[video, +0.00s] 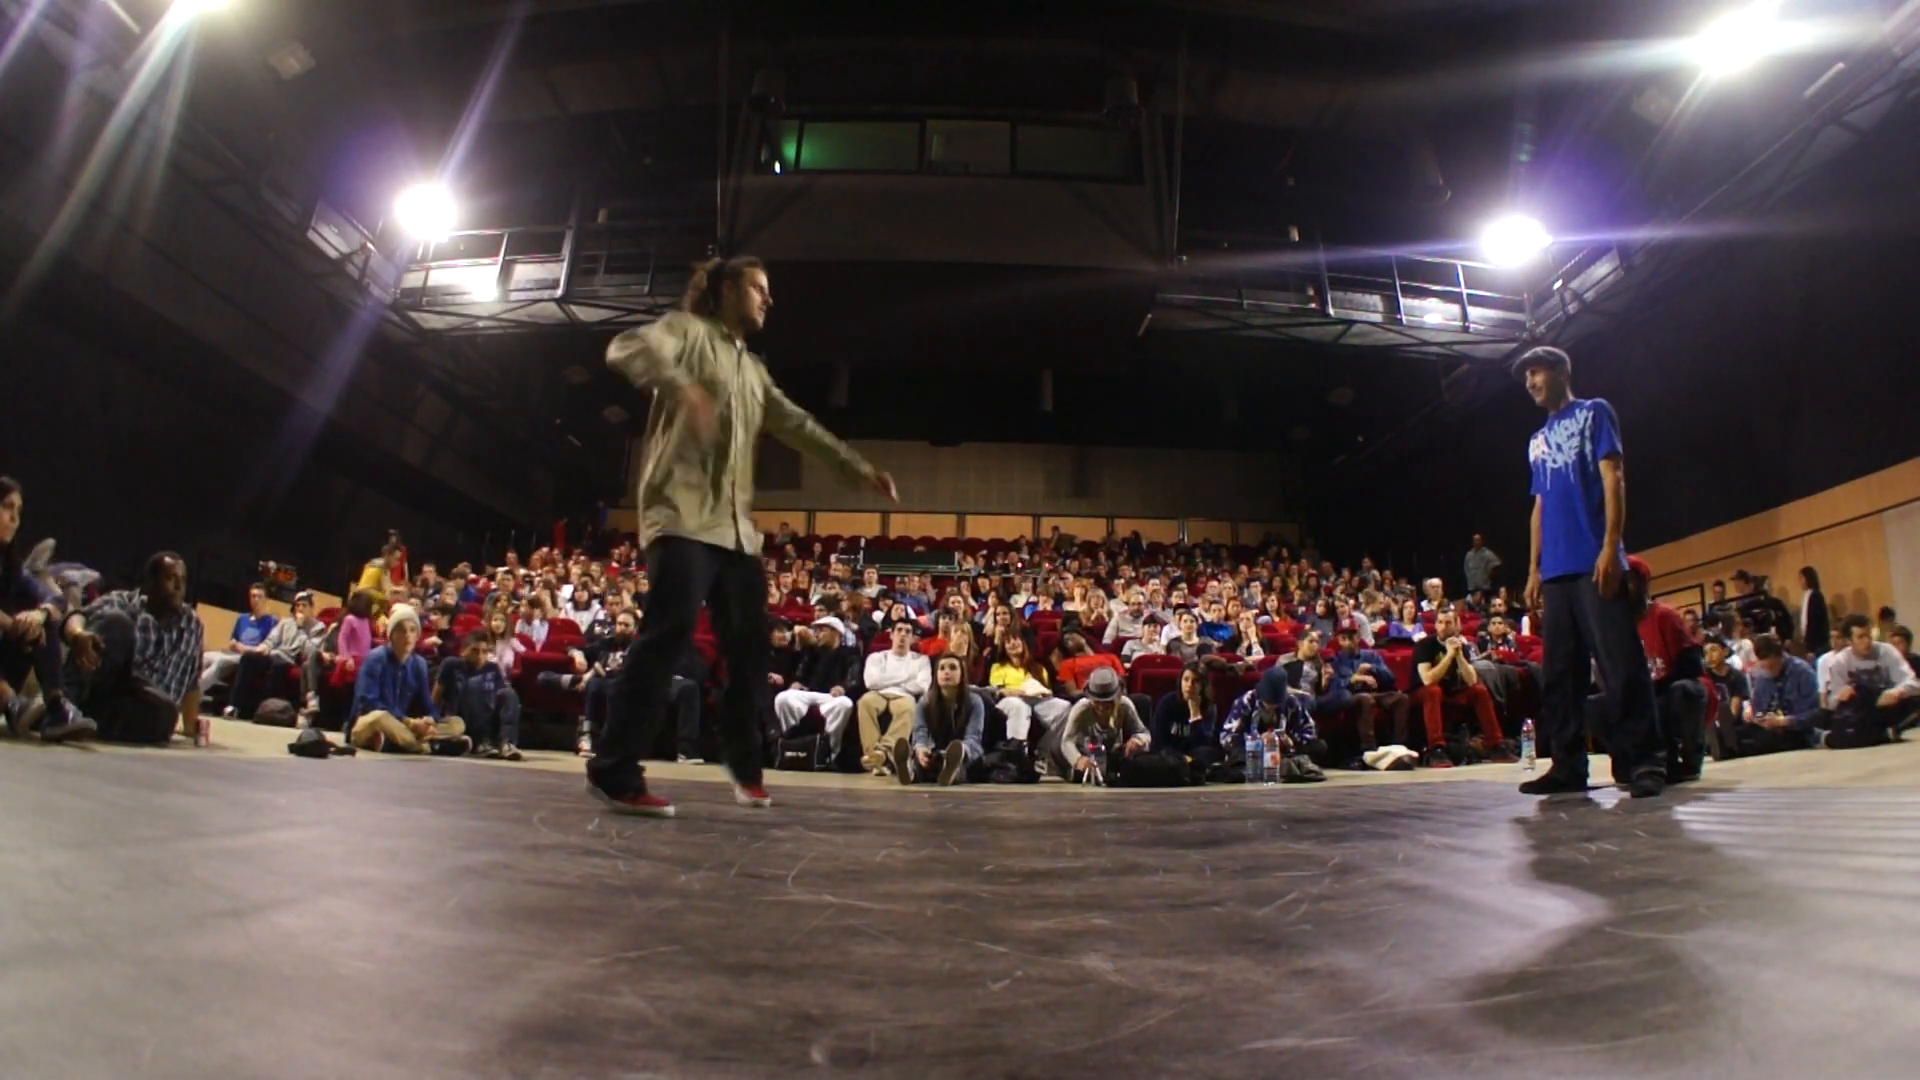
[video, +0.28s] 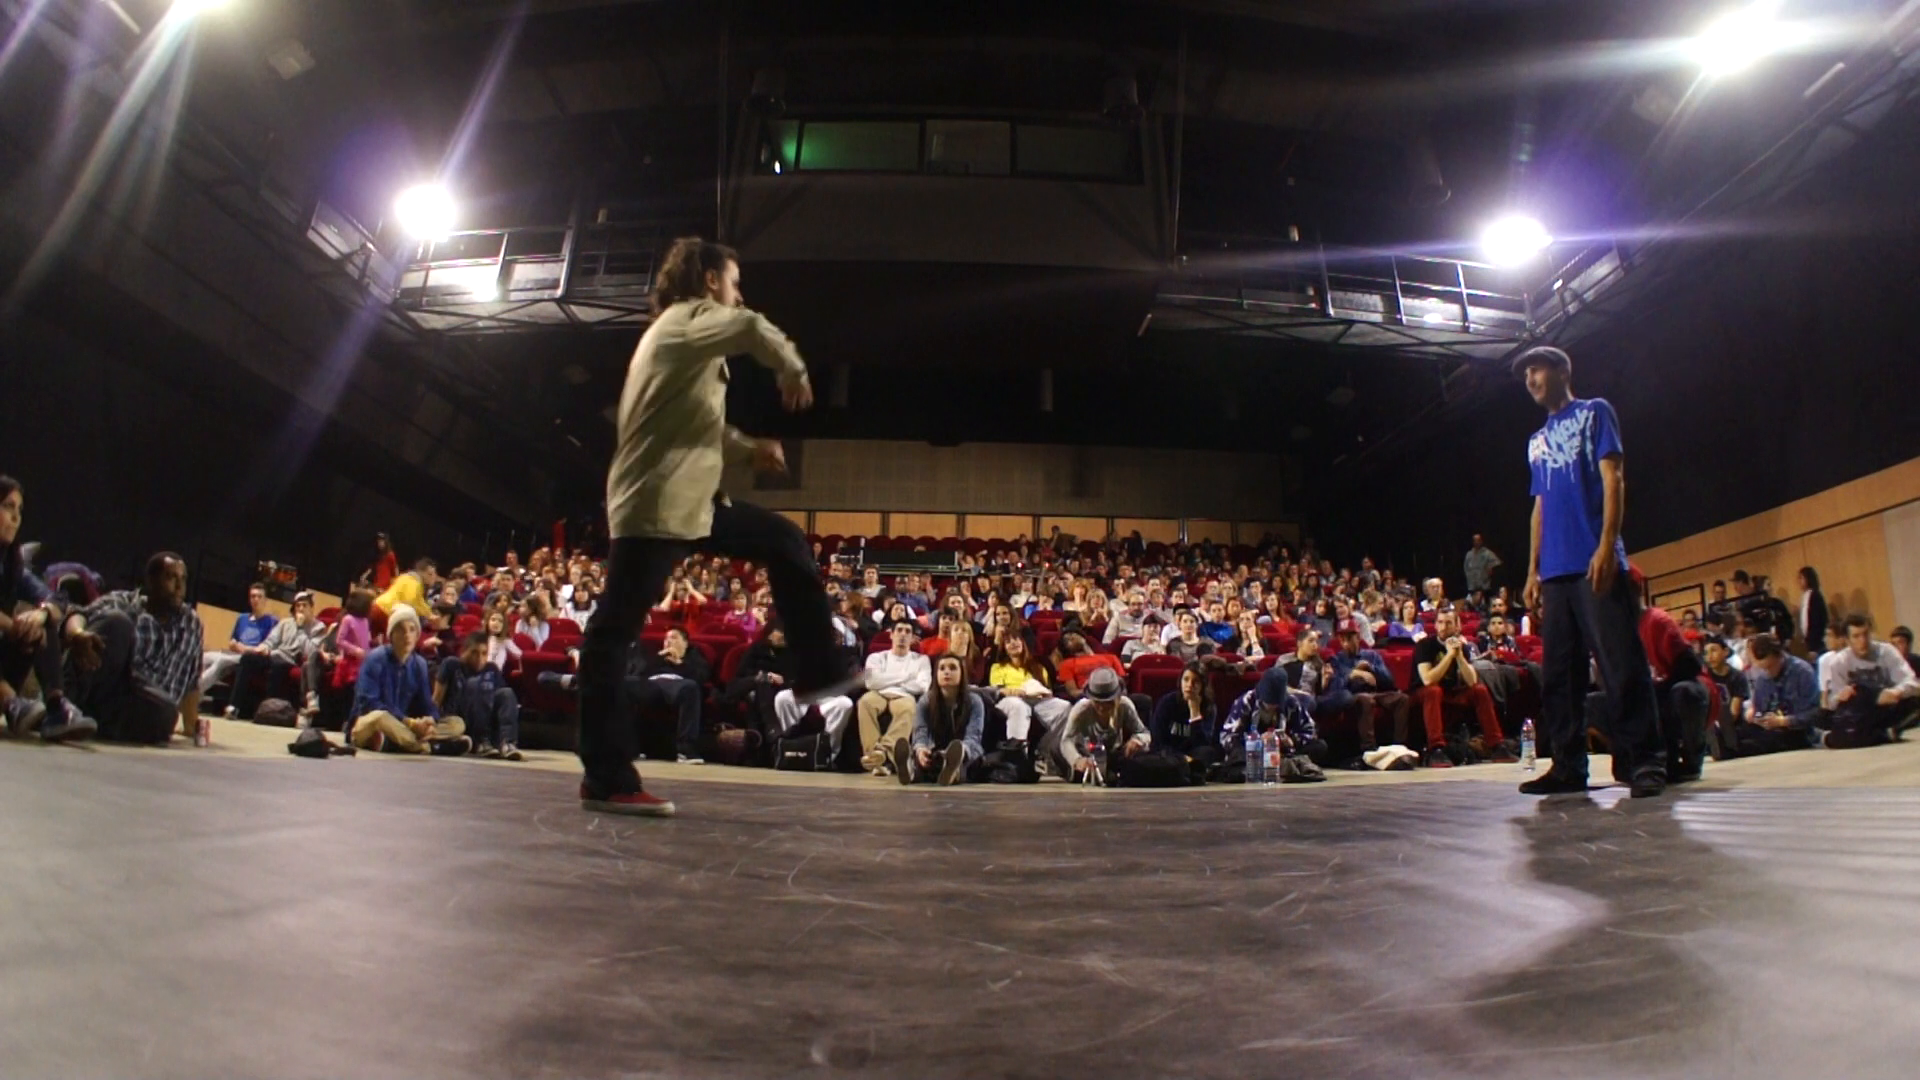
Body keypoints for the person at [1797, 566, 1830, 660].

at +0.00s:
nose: (1799, 581)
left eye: (1801, 578)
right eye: (1800, 578)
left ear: (1807, 578)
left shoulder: (1815, 596)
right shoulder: (1806, 595)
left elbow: (1814, 622)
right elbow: (1806, 618)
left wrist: (1810, 646)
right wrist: (1803, 639)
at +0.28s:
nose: (1799, 581)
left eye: (1801, 578)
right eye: (1799, 578)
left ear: (1808, 579)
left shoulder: (1815, 596)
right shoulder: (1805, 595)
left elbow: (1817, 621)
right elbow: (1805, 617)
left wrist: (1813, 645)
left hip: (1813, 641)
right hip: (1805, 640)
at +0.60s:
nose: (1800, 581)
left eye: (1802, 578)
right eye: (1800, 578)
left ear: (1808, 579)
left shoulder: (1816, 596)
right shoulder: (1804, 595)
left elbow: (1819, 620)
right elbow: (1803, 616)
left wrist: (1814, 641)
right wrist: (1801, 635)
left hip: (1813, 640)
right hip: (1804, 639)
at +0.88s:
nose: (1801, 582)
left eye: (1803, 579)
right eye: (1801, 579)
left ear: (1810, 579)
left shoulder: (1817, 597)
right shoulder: (1805, 596)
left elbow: (1820, 619)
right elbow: (1804, 615)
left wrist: (1815, 641)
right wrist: (1802, 634)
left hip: (1814, 639)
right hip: (1804, 637)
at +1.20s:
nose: (1804, 583)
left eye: (1806, 579)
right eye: (1804, 579)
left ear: (1813, 580)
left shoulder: (1820, 597)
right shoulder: (1809, 596)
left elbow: (1822, 621)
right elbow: (1807, 617)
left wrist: (1815, 642)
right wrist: (1806, 637)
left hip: (1818, 642)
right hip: (1808, 640)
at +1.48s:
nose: (1806, 584)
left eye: (1808, 581)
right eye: (1805, 581)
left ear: (1815, 581)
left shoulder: (1821, 597)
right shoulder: (1812, 597)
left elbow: (1822, 623)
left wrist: (1814, 642)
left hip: (1824, 643)